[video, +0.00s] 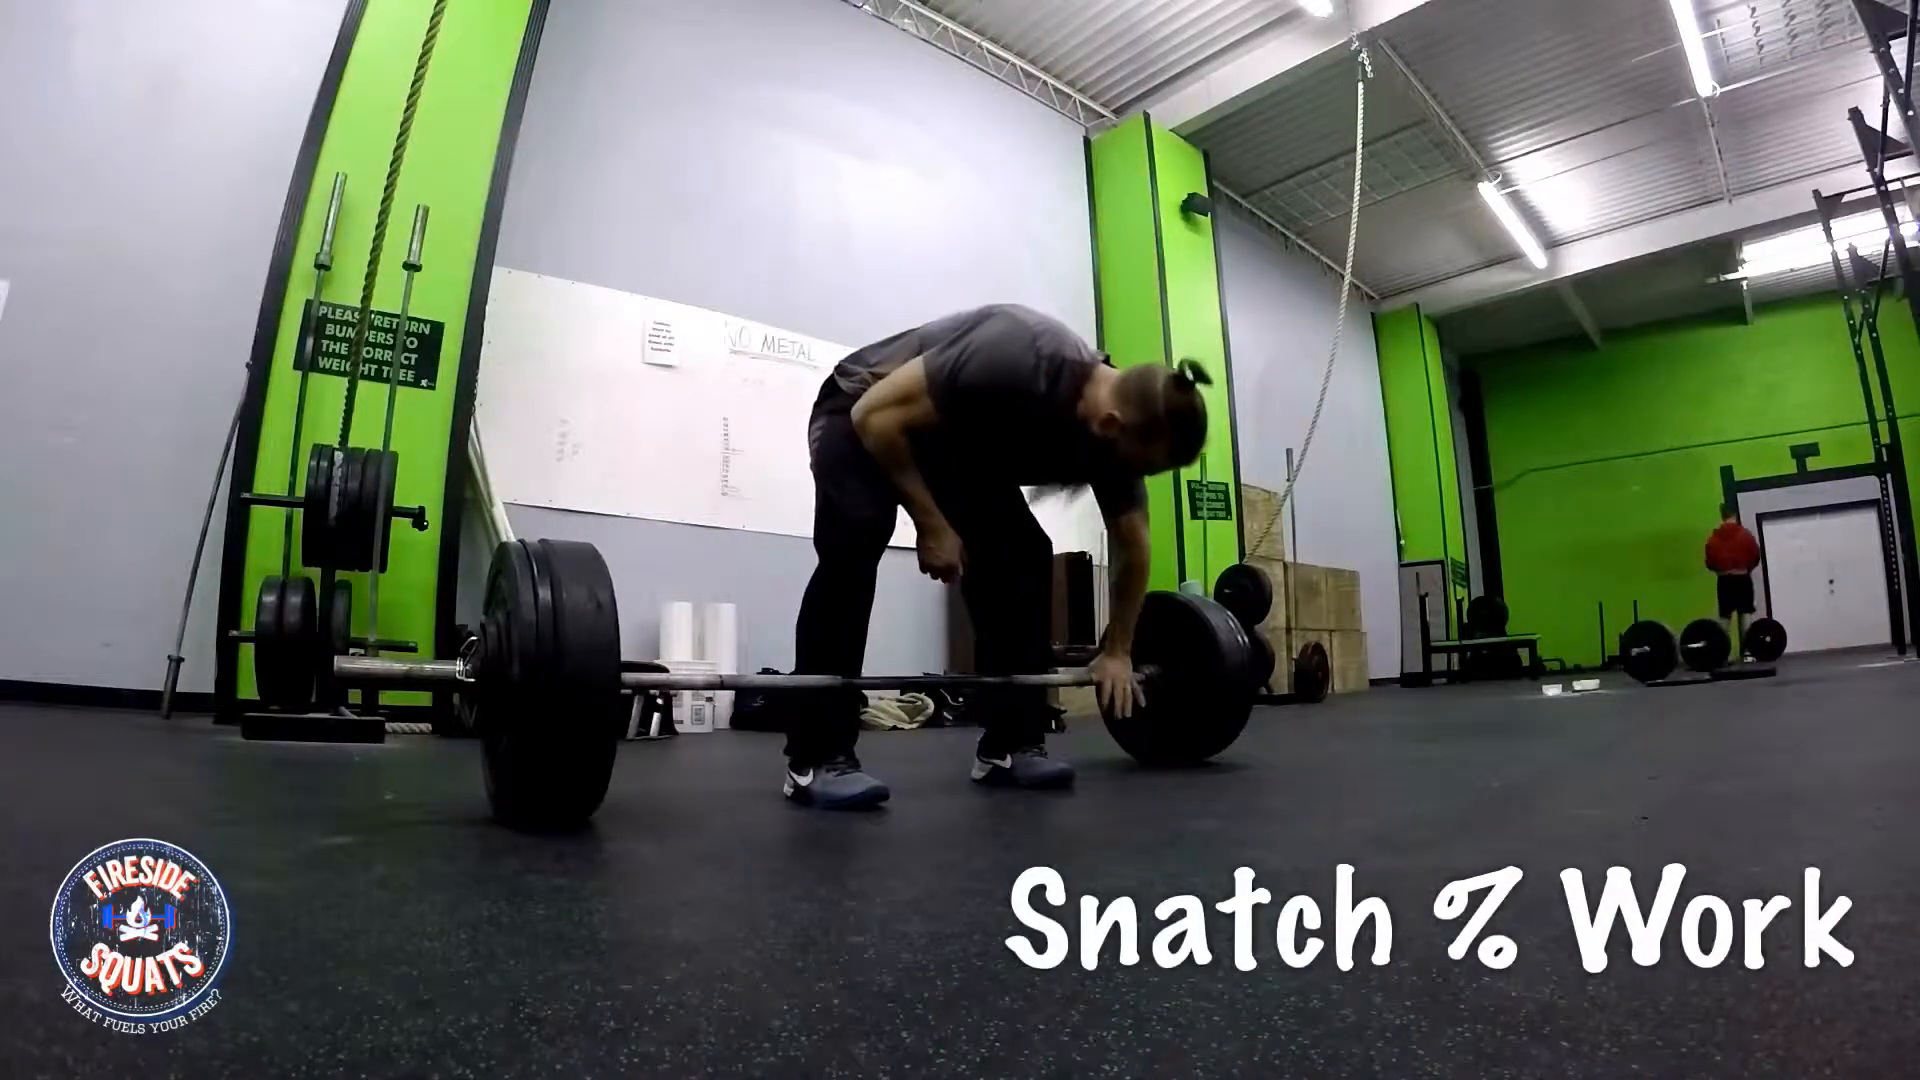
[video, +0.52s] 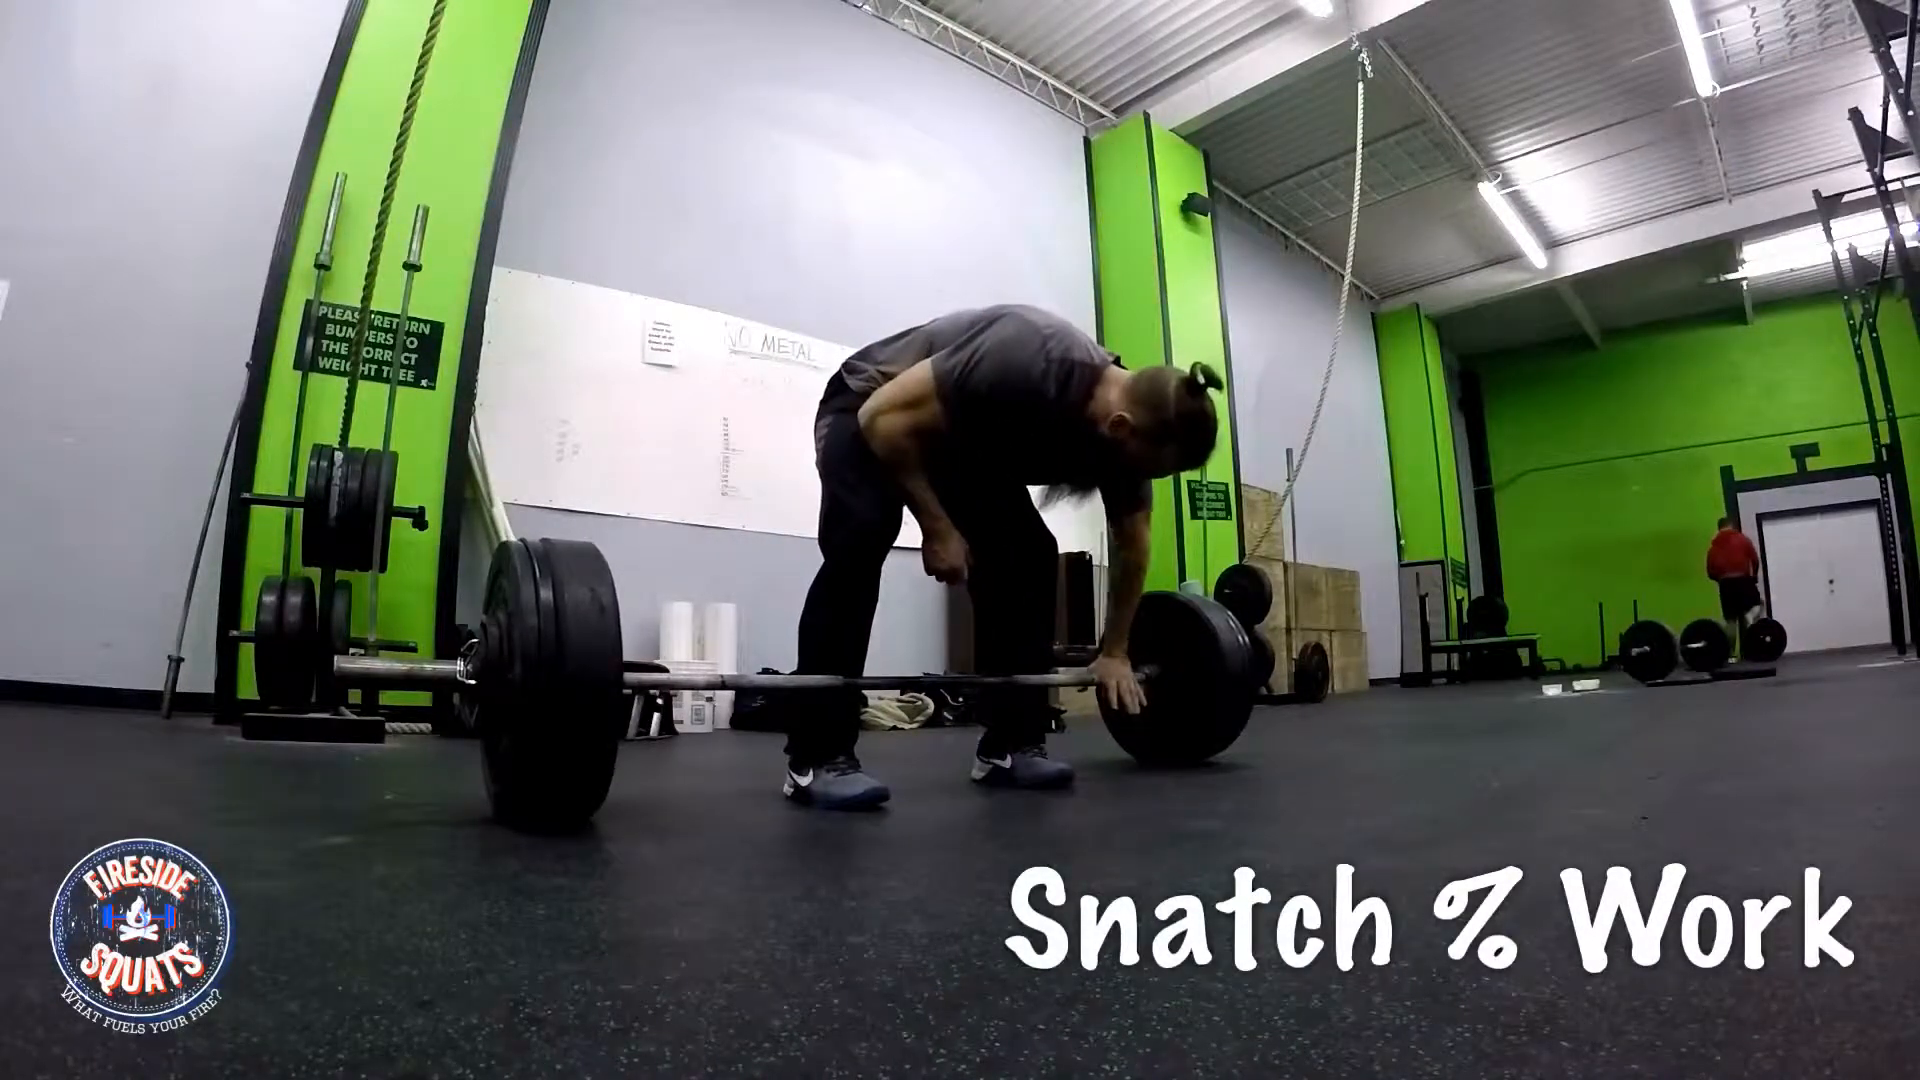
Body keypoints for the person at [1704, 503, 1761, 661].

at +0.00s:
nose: (1730, 520)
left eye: (1727, 517)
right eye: (1732, 516)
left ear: (1721, 517)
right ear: (1735, 515)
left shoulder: (1715, 536)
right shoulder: (1745, 534)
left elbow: (1709, 561)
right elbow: (1755, 554)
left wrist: (1721, 570)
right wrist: (1747, 569)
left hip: (1724, 579)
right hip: (1742, 578)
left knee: (1724, 618)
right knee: (1745, 616)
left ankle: (1722, 655)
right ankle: (1746, 653)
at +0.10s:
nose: (1731, 524)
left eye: (1729, 521)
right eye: (1733, 520)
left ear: (1722, 521)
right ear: (1736, 519)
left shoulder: (1716, 538)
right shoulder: (1745, 536)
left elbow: (1709, 563)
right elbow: (1756, 556)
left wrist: (1721, 571)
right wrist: (1748, 570)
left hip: (1725, 579)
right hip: (1743, 577)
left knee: (1727, 618)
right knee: (1744, 616)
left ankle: (1724, 654)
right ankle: (1746, 653)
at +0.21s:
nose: (1732, 526)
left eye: (1730, 523)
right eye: (1734, 522)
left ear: (1721, 524)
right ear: (1735, 522)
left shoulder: (1715, 543)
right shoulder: (1744, 539)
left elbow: (1709, 567)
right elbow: (1755, 560)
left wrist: (1722, 575)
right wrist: (1747, 572)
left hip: (1726, 581)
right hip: (1743, 580)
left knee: (1729, 621)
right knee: (1745, 617)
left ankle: (1729, 656)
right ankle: (1746, 654)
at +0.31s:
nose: (1732, 527)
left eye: (1729, 524)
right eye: (1733, 523)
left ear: (1720, 525)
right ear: (1734, 523)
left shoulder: (1715, 542)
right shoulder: (1743, 540)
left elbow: (1709, 568)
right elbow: (1754, 561)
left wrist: (1721, 576)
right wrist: (1747, 573)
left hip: (1726, 582)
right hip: (1743, 581)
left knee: (1730, 621)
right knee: (1745, 619)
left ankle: (1730, 655)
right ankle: (1745, 653)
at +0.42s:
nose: (1730, 528)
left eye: (1728, 525)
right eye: (1731, 524)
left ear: (1718, 527)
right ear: (1732, 525)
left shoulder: (1714, 544)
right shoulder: (1743, 540)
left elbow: (1710, 569)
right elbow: (1754, 561)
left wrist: (1720, 577)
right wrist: (1750, 574)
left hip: (1726, 582)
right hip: (1744, 581)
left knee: (1730, 621)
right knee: (1744, 620)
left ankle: (1729, 656)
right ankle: (1746, 655)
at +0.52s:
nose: (1729, 530)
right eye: (1730, 526)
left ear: (1718, 529)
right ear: (1732, 526)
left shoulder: (1715, 545)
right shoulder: (1742, 539)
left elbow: (1710, 571)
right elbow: (1755, 558)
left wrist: (1721, 578)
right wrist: (1754, 575)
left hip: (1726, 582)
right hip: (1744, 580)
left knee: (1730, 620)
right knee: (1755, 605)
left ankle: (1730, 655)